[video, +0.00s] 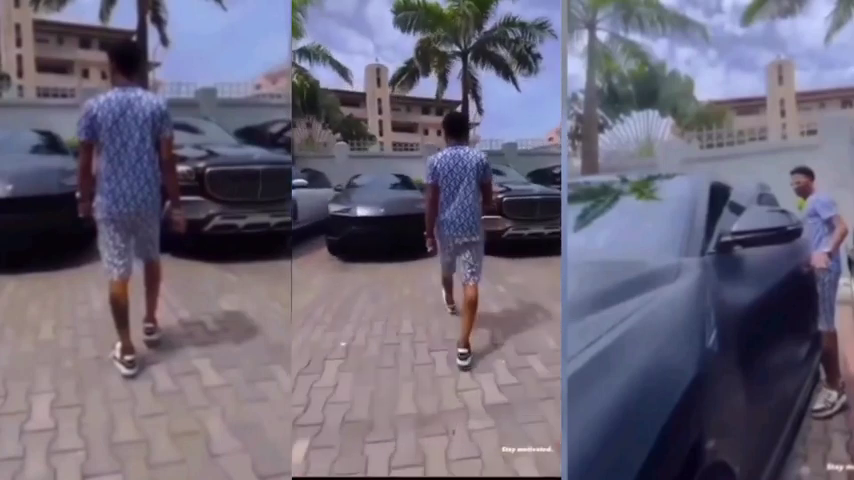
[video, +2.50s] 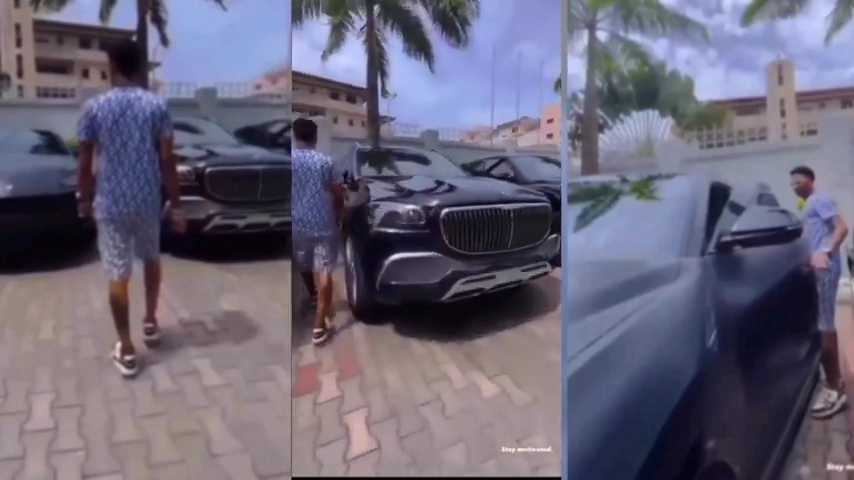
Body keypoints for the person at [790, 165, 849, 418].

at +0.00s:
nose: (796, 187)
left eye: (799, 183)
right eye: (793, 184)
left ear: (811, 181)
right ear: (797, 185)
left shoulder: (821, 201)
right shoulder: (809, 205)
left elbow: (842, 227)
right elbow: (820, 234)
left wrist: (827, 253)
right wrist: (810, 255)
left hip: (825, 268)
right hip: (815, 268)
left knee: (825, 327)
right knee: (822, 327)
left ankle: (834, 388)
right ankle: (830, 385)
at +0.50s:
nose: (796, 187)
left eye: (799, 183)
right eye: (793, 184)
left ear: (811, 181)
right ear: (797, 185)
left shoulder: (821, 201)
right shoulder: (809, 205)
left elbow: (842, 227)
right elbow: (820, 234)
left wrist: (827, 253)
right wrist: (810, 255)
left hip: (825, 268)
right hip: (815, 268)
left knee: (825, 327)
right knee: (822, 327)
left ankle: (834, 388)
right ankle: (830, 385)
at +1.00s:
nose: (796, 187)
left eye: (799, 183)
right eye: (793, 184)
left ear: (811, 181)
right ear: (797, 185)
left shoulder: (821, 201)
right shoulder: (809, 205)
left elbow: (842, 227)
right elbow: (820, 234)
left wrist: (827, 253)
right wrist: (810, 255)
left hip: (825, 268)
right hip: (815, 268)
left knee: (825, 327)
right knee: (822, 327)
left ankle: (834, 388)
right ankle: (830, 385)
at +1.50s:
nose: (796, 187)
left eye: (799, 183)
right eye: (793, 184)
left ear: (811, 181)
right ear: (797, 185)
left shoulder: (821, 201)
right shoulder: (809, 205)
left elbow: (842, 227)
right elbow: (820, 234)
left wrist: (827, 253)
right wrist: (810, 255)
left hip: (825, 268)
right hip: (815, 268)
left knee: (825, 327)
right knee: (822, 327)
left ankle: (834, 388)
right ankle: (830, 385)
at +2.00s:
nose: (796, 187)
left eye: (799, 183)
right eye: (793, 184)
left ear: (811, 181)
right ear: (797, 185)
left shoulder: (821, 201)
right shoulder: (809, 205)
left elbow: (842, 227)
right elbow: (820, 234)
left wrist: (827, 253)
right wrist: (810, 255)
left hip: (825, 268)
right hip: (815, 268)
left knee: (825, 327)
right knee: (822, 327)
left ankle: (834, 388)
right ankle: (830, 385)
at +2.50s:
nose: (796, 187)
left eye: (799, 183)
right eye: (793, 184)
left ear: (811, 181)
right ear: (797, 185)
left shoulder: (821, 201)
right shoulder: (809, 205)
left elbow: (842, 227)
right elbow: (820, 234)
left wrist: (827, 253)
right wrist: (810, 255)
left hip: (825, 268)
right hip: (815, 268)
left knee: (825, 327)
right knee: (822, 327)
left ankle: (834, 388)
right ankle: (830, 385)